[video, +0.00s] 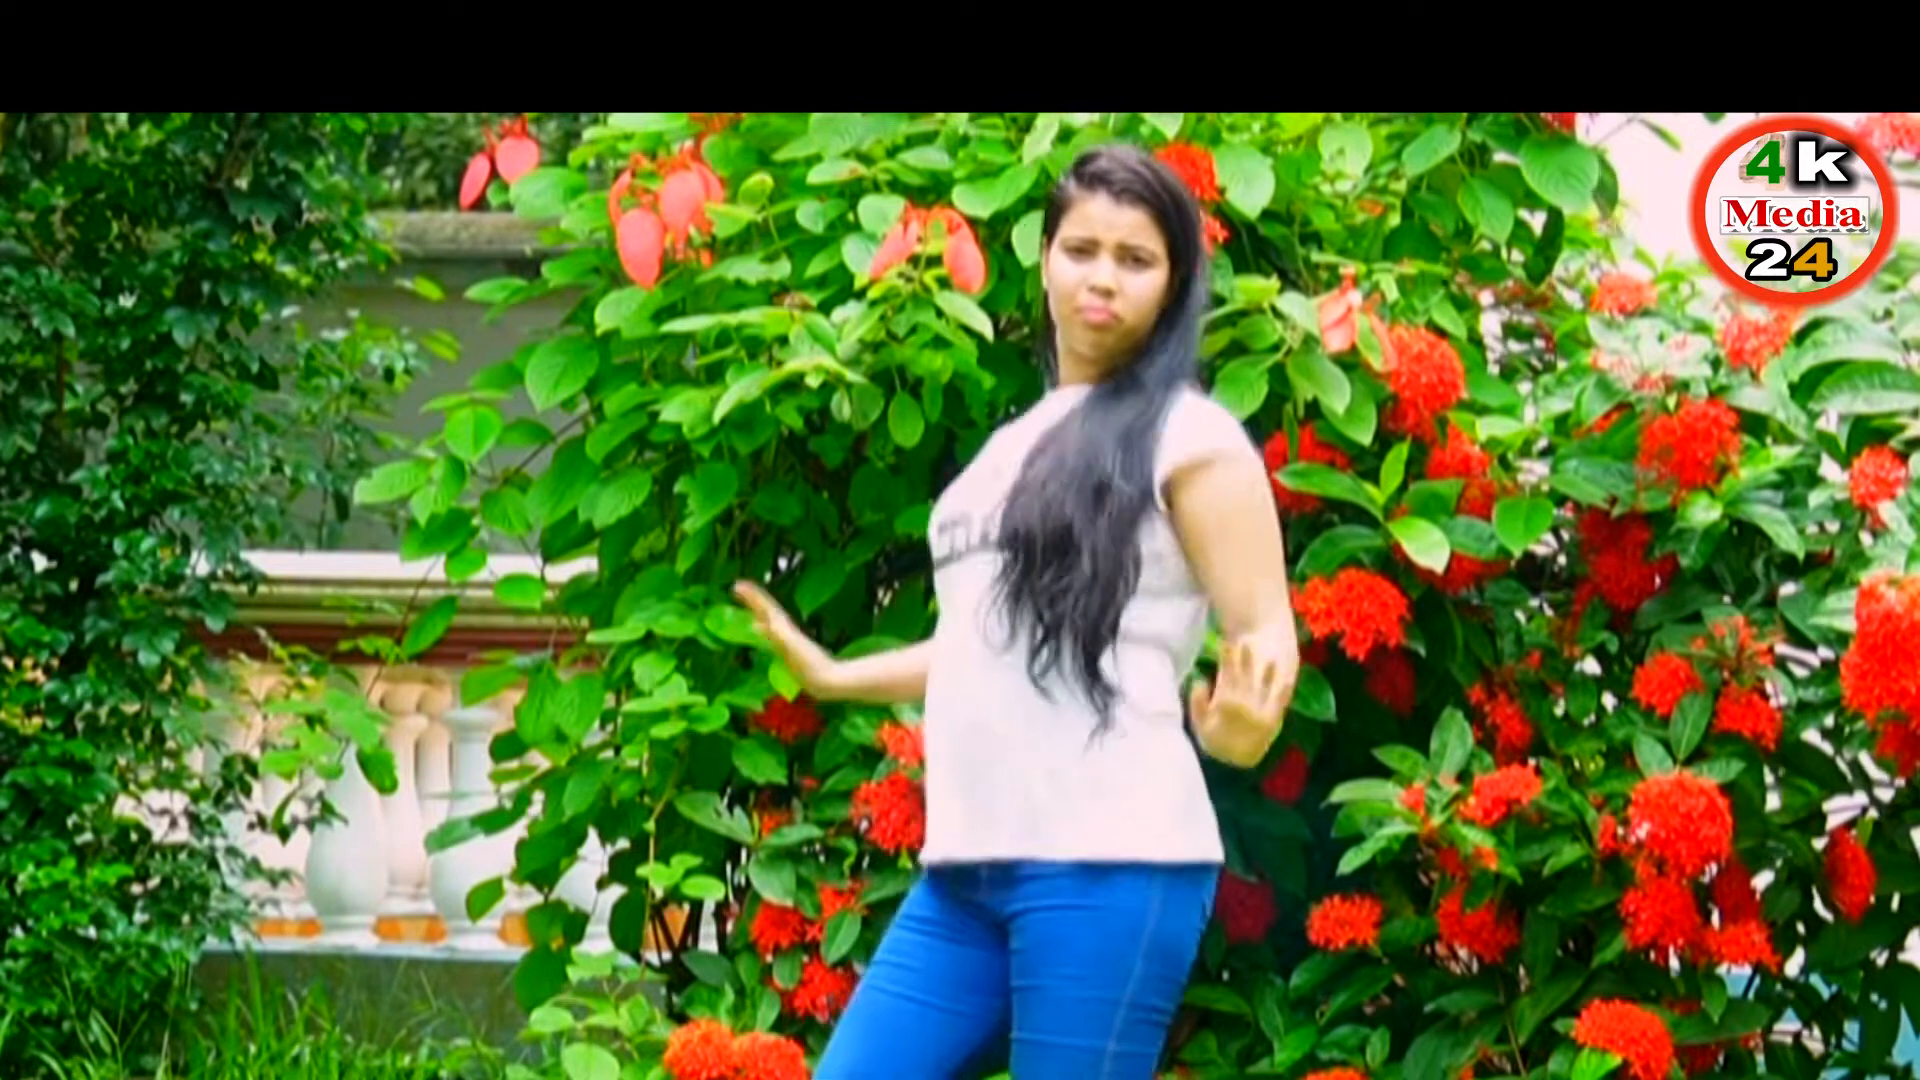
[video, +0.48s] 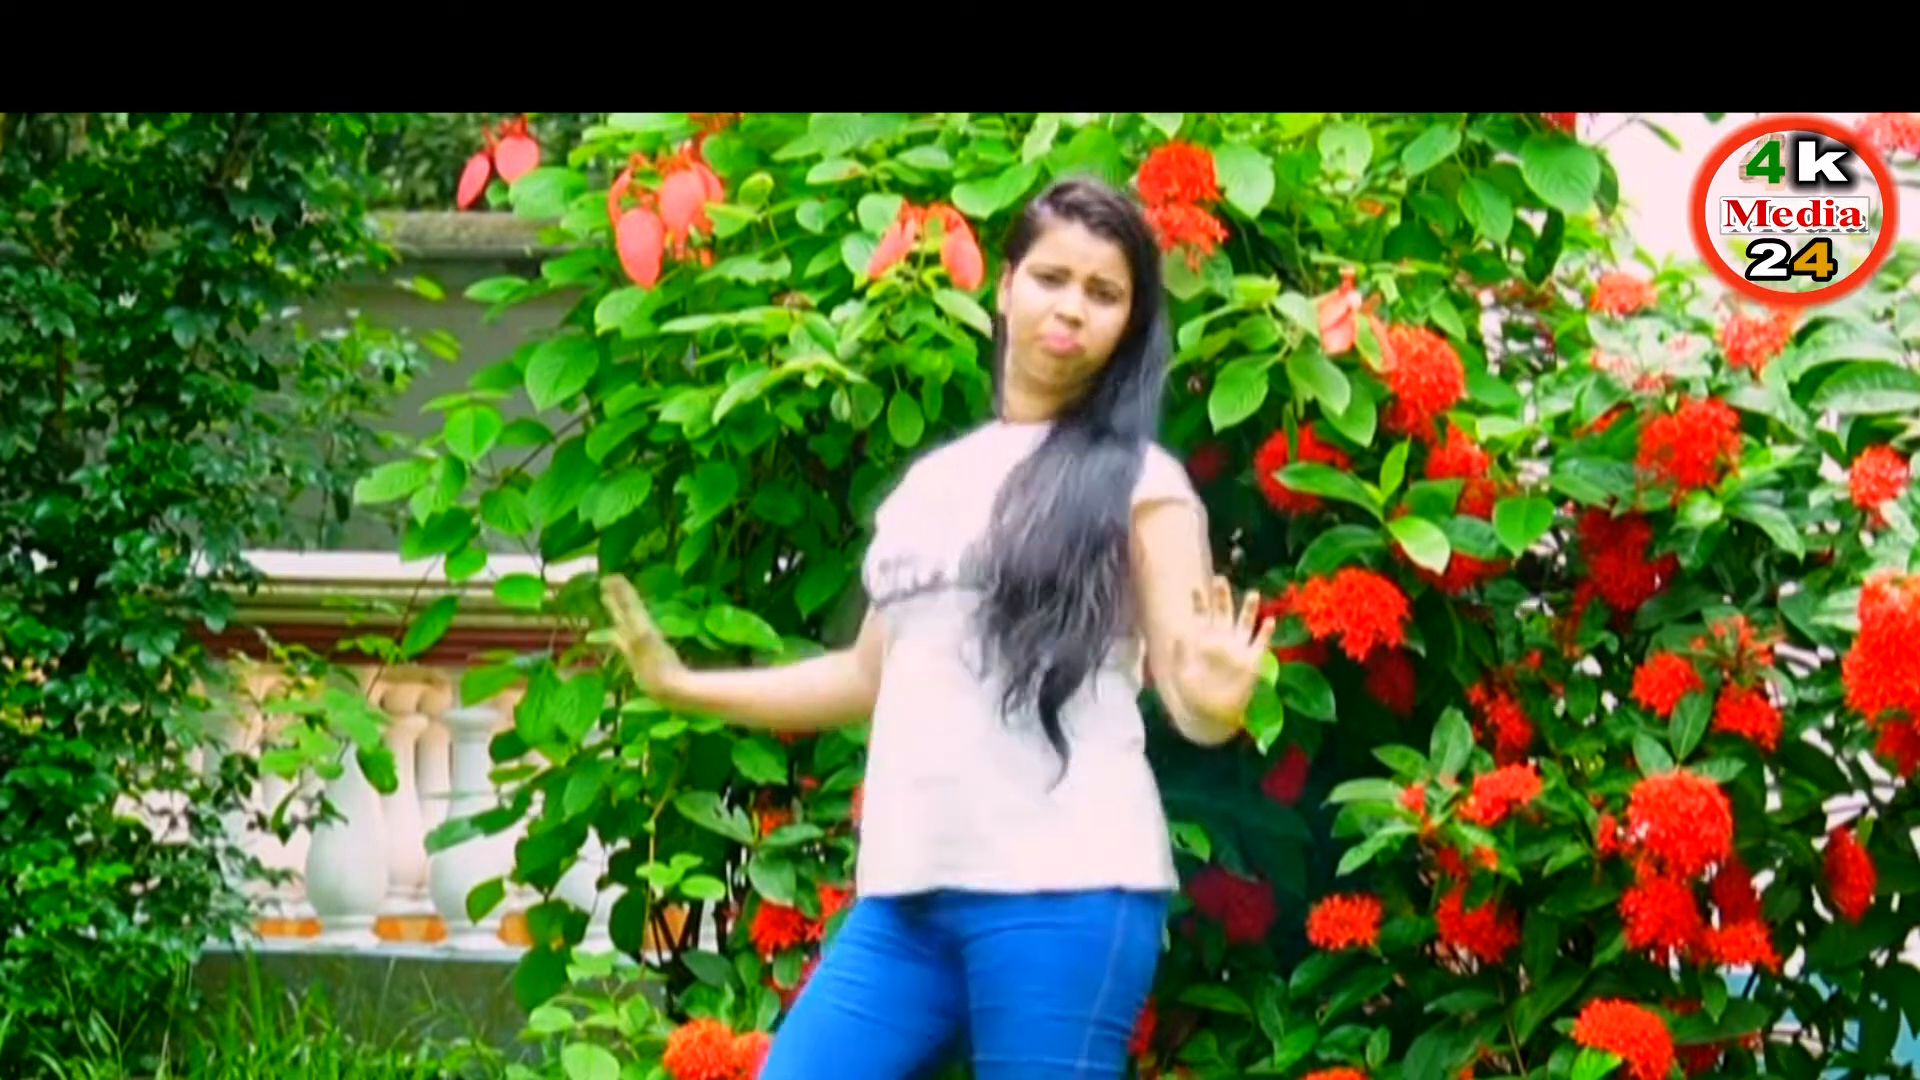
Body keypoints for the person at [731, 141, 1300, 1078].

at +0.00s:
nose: (1102, 281)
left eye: (1134, 260)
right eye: (1080, 250)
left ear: (1175, 287)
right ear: (1045, 262)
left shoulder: (1191, 433)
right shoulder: (1014, 440)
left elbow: (1265, 631)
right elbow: (990, 647)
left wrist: (1237, 739)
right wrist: (836, 679)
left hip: (1112, 873)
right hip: (964, 870)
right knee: (848, 1071)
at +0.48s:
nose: (1071, 310)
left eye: (1103, 292)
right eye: (1051, 278)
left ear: (1130, 321)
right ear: (1007, 288)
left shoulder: (1138, 477)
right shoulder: (931, 478)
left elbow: (1195, 705)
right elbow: (867, 675)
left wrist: (1215, 701)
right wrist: (683, 688)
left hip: (1065, 890)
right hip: (906, 888)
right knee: (791, 1070)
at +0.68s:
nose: (1040, 275)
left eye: (1069, 264)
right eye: (1022, 241)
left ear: (1083, 293)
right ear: (961, 241)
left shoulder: (1086, 414)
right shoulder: (866, 439)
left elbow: (1183, 603)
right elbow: (753, 606)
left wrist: (1227, 582)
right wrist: (583, 558)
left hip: (1026, 847)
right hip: (844, 833)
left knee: (1043, 1073)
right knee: (797, 1070)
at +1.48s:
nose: (1072, 285)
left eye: (1103, 267)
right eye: (1050, 254)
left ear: (1131, 292)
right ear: (997, 264)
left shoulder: (1151, 419)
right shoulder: (946, 447)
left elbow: (1258, 569)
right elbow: (812, 563)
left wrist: (1307, 495)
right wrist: (639, 503)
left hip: (1085, 859)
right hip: (929, 846)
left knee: (1046, 1073)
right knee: (847, 1068)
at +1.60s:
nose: (1080, 273)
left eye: (1111, 255)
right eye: (1058, 241)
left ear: (1135, 281)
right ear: (1006, 246)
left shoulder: (1146, 391)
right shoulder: (972, 430)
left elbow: (1264, 496)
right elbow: (870, 523)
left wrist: (1296, 355)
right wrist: (724, 401)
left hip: (1101, 862)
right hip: (948, 853)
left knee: (1069, 1070)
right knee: (876, 1068)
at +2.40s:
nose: (1048, 274)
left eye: (1078, 259)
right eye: (1027, 242)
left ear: (1105, 287)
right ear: (976, 247)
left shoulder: (1112, 394)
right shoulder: (898, 411)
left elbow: (1177, 409)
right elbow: (738, 428)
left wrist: (1183, 237)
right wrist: (624, 282)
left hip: (1041, 862)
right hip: (861, 850)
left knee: (1040, 1067)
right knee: (812, 1069)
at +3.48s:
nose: (1016, 251)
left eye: (1049, 236)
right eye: (998, 217)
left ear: (1074, 264)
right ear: (945, 222)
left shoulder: (1079, 387)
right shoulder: (851, 405)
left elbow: (1221, 480)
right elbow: (746, 512)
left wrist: (1187, 304)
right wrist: (673, 357)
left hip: (1027, 853)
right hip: (850, 853)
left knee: (1060, 1070)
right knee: (796, 1069)